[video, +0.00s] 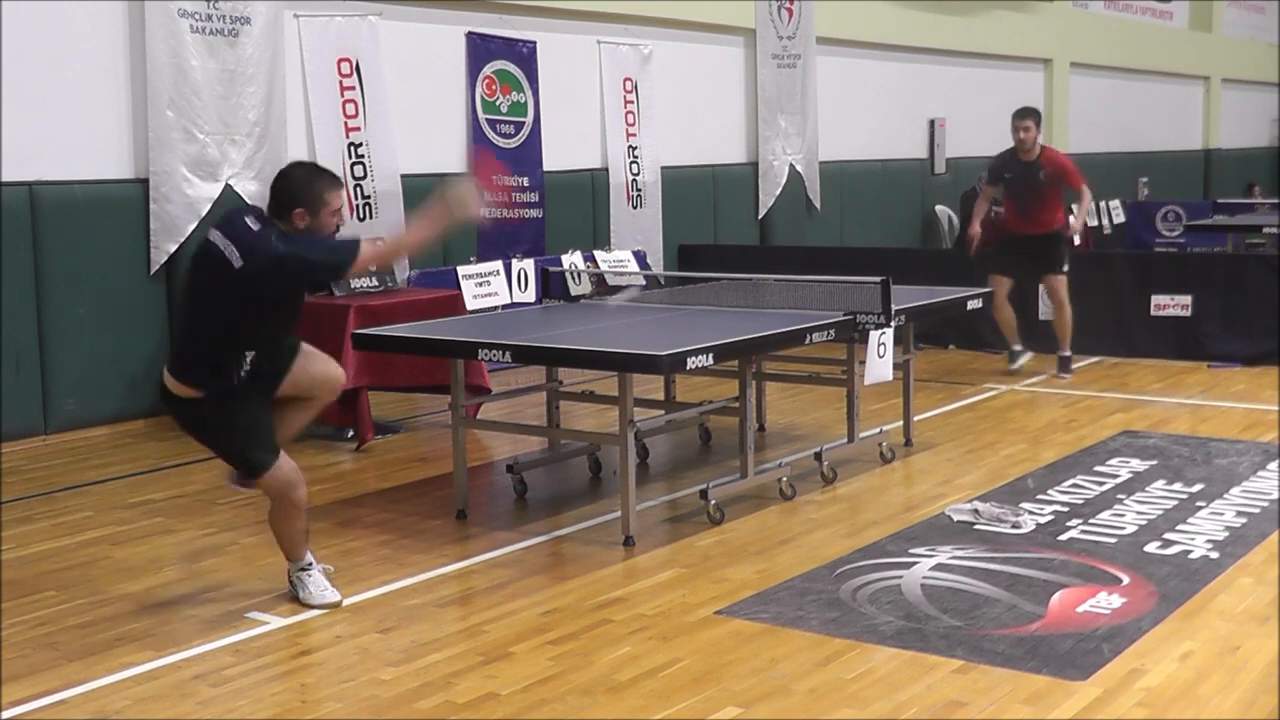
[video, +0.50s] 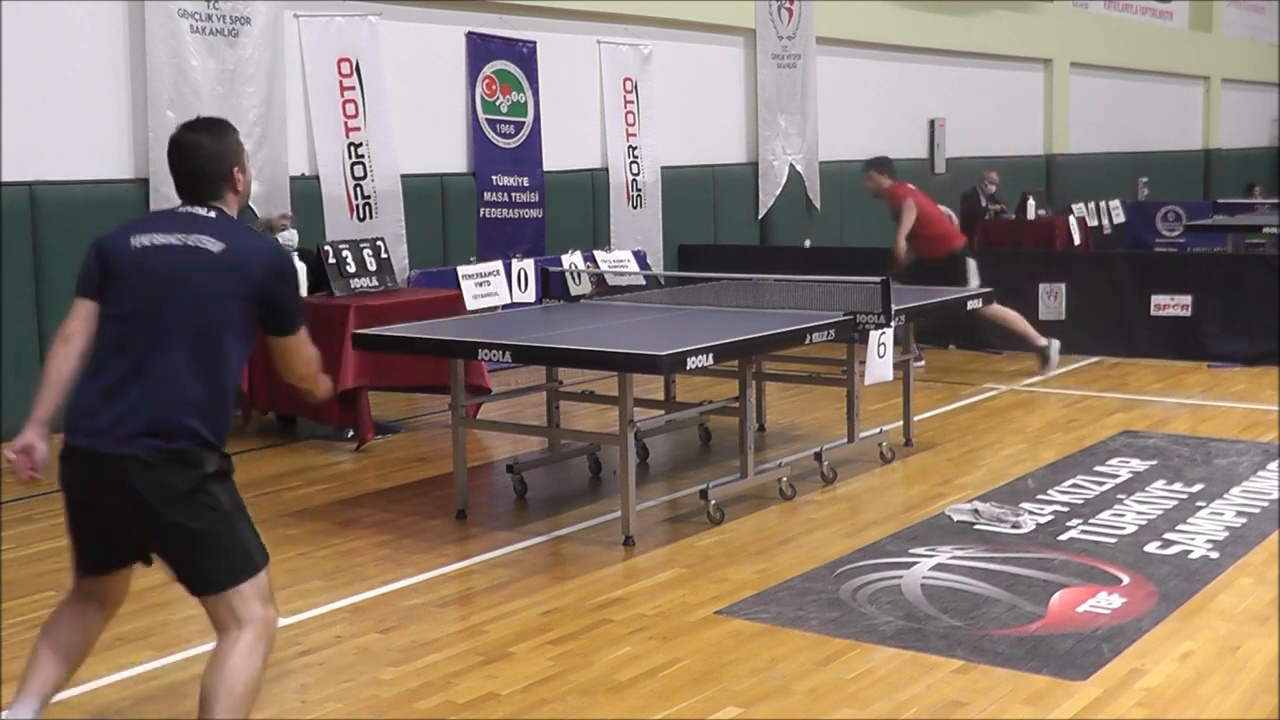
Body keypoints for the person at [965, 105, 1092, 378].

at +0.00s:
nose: (1020, 135)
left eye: (1026, 130)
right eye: (1016, 130)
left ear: (1038, 131)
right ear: (1012, 132)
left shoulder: (1055, 161)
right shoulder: (1003, 162)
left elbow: (1085, 192)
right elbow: (986, 196)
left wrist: (1079, 220)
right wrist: (975, 223)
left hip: (1050, 237)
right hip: (1013, 237)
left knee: (1057, 293)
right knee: (997, 294)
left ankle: (1064, 353)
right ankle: (1016, 349)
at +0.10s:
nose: (1003, 146)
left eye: (1008, 140)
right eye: (999, 140)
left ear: (1020, 142)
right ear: (995, 142)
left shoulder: (1036, 169)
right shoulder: (988, 172)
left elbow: (1065, 205)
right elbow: (972, 208)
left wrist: (1046, 223)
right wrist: (961, 239)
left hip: (1034, 247)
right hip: (996, 246)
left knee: (1044, 301)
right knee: (970, 291)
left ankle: (1054, 357)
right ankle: (963, 350)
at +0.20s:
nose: (984, 159)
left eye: (990, 153)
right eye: (981, 154)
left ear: (1004, 154)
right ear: (977, 156)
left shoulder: (1020, 181)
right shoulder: (976, 185)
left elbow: (1044, 219)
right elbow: (962, 225)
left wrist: (1016, 236)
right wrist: (948, 252)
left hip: (1021, 256)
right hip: (983, 255)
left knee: (1038, 305)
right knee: (949, 300)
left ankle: (1054, 358)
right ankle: (929, 350)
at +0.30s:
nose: (941, 174)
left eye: (946, 168)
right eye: (938, 169)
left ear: (960, 166)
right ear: (936, 172)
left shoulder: (979, 191)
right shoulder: (950, 200)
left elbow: (976, 235)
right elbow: (951, 240)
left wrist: (940, 246)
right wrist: (932, 273)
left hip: (1003, 261)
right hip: (969, 260)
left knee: (1019, 317)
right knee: (926, 298)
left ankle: (1057, 356)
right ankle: (912, 352)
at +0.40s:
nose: (907, 183)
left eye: (910, 177)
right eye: (905, 178)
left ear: (925, 174)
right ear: (917, 177)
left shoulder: (939, 195)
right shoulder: (934, 198)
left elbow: (926, 232)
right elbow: (944, 241)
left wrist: (898, 256)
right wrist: (933, 270)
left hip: (989, 265)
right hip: (958, 265)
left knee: (1011, 321)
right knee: (918, 300)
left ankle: (1065, 355)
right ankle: (912, 353)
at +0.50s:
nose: (866, 184)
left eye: (868, 179)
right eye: (865, 179)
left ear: (882, 176)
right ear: (882, 177)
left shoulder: (899, 190)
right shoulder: (896, 196)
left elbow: (910, 208)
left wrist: (901, 238)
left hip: (954, 255)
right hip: (926, 259)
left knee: (982, 306)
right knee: (897, 299)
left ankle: (1044, 344)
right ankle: (910, 352)